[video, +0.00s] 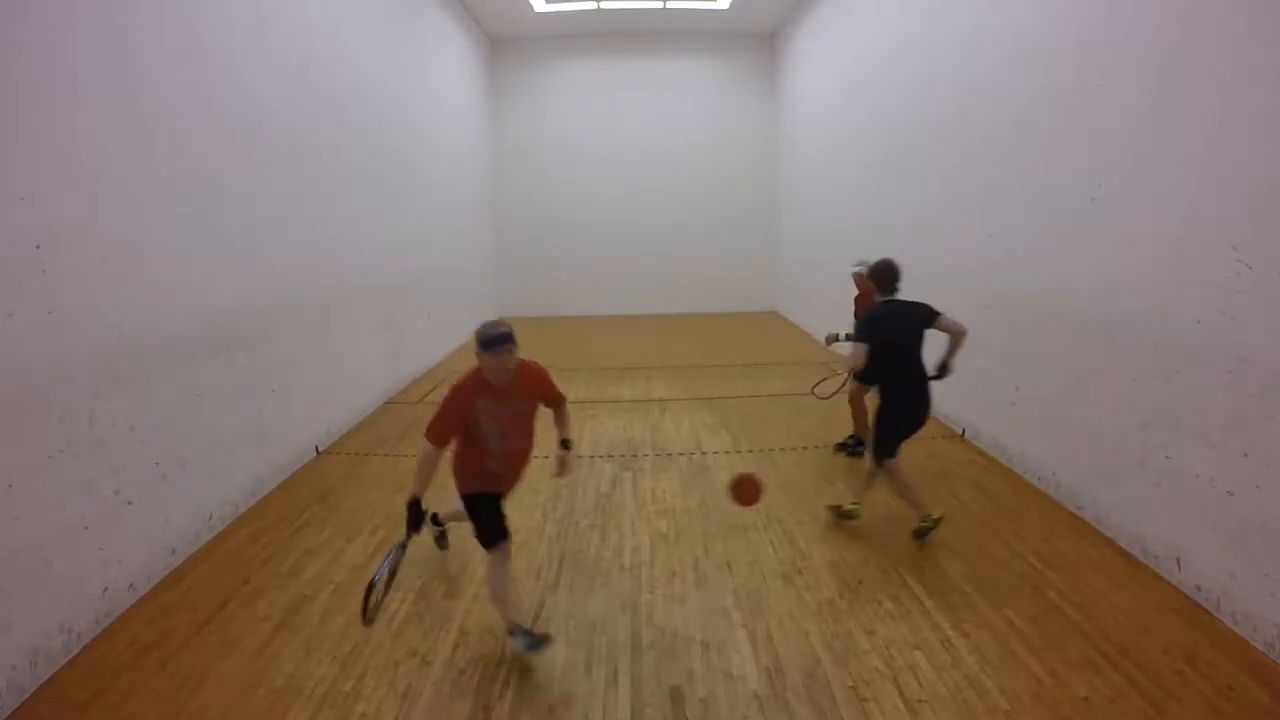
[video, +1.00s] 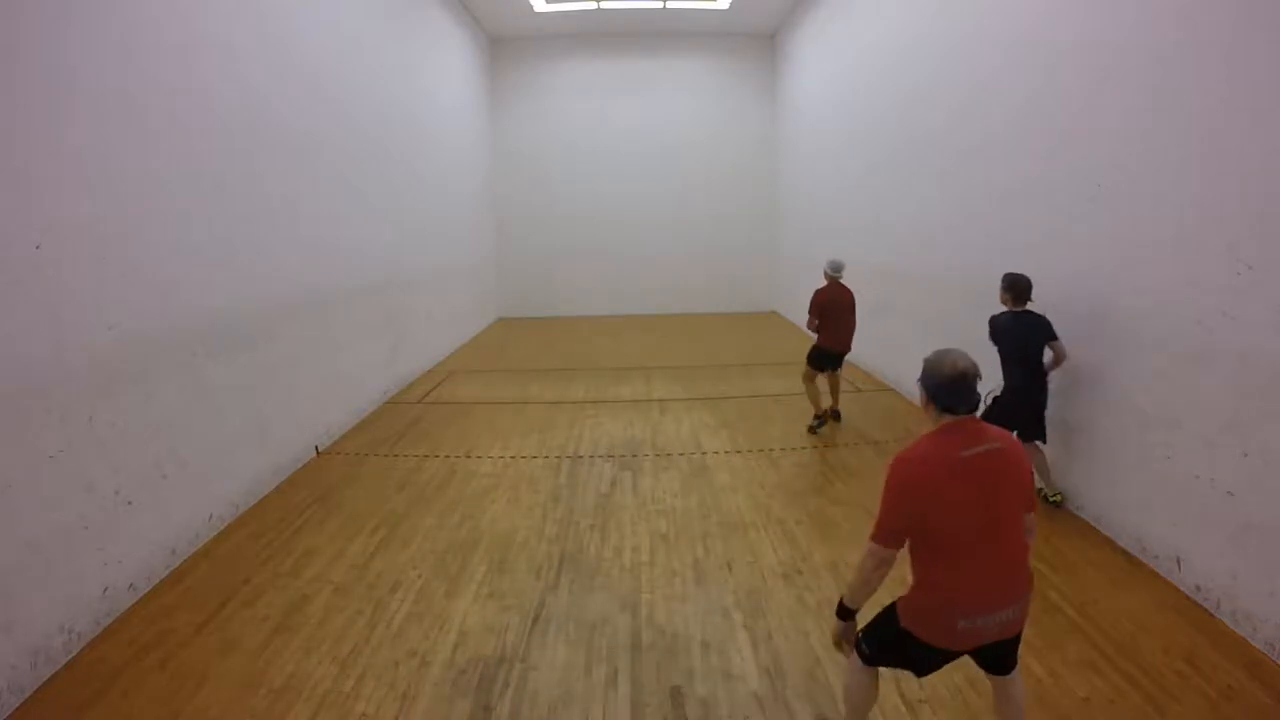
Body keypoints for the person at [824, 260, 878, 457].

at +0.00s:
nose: (856, 282)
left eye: (860, 278)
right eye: (855, 278)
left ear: (869, 280)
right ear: (856, 279)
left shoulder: (872, 301)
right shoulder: (861, 299)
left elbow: (867, 334)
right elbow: (863, 330)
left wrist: (839, 337)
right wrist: (841, 336)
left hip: (877, 356)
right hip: (869, 353)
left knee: (855, 395)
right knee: (855, 395)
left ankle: (861, 438)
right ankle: (859, 434)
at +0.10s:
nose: (861, 283)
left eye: (865, 279)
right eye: (859, 279)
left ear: (875, 280)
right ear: (858, 280)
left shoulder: (884, 302)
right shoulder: (863, 300)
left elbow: (882, 334)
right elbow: (866, 329)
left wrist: (851, 334)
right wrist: (861, 354)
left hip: (878, 360)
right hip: (865, 357)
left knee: (864, 398)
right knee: (863, 396)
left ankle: (872, 440)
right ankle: (878, 428)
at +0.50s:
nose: (860, 286)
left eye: (862, 284)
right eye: (861, 283)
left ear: (865, 285)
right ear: (878, 285)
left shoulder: (864, 303)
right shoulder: (885, 301)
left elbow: (858, 332)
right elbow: (884, 327)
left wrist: (874, 331)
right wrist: (867, 330)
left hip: (871, 357)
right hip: (889, 357)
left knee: (847, 389)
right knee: (877, 389)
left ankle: (868, 425)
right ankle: (897, 425)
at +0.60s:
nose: (855, 286)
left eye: (857, 283)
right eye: (857, 283)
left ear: (859, 284)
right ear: (873, 284)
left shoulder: (857, 301)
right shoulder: (880, 299)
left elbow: (852, 331)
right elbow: (881, 324)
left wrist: (862, 319)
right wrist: (863, 321)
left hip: (865, 355)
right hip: (883, 356)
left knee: (843, 381)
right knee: (879, 388)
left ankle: (853, 419)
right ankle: (897, 425)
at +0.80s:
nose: (839, 276)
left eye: (840, 273)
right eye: (842, 274)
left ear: (840, 275)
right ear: (856, 276)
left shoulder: (836, 295)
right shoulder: (862, 294)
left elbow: (829, 323)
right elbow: (861, 319)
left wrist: (842, 316)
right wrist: (839, 320)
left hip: (842, 348)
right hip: (861, 348)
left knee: (825, 382)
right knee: (858, 381)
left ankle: (827, 424)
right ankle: (883, 411)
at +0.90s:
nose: (830, 274)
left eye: (831, 272)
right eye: (835, 272)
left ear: (832, 273)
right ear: (847, 274)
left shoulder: (827, 294)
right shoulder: (855, 294)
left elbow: (818, 321)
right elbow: (858, 322)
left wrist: (829, 311)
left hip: (831, 347)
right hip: (850, 347)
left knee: (819, 382)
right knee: (844, 376)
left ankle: (826, 422)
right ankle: (860, 410)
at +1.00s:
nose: (824, 274)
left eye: (824, 272)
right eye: (829, 272)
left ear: (825, 273)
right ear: (841, 274)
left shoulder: (821, 294)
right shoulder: (848, 294)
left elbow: (811, 325)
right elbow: (851, 322)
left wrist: (824, 329)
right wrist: (824, 325)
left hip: (824, 346)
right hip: (843, 347)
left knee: (808, 377)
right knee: (833, 373)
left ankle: (819, 413)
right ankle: (835, 408)